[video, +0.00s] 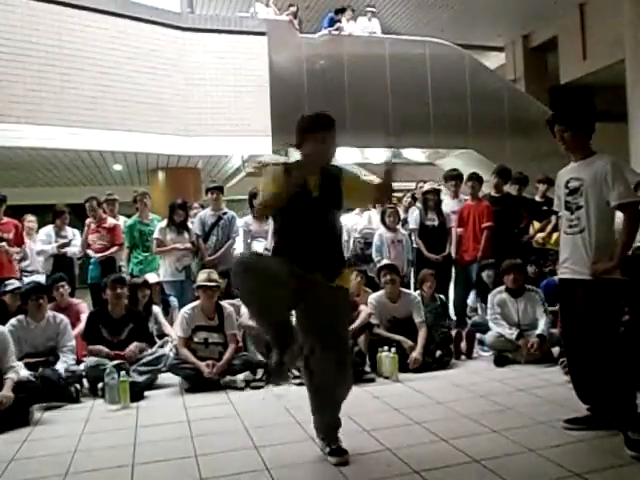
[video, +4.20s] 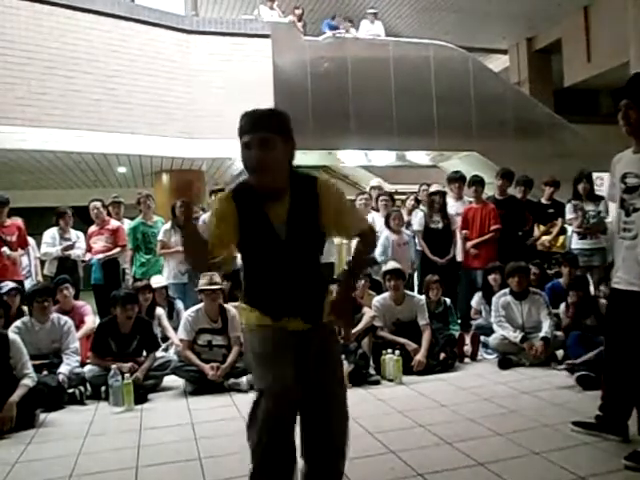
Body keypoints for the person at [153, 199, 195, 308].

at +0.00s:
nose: (179, 218)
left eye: (182, 215)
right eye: (177, 214)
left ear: (186, 215)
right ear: (171, 214)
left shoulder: (188, 228)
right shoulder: (162, 227)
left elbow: (195, 247)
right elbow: (156, 249)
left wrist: (189, 247)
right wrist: (174, 247)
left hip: (186, 269)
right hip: (169, 270)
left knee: (187, 304)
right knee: (174, 305)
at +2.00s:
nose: (177, 218)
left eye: (180, 215)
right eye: (175, 214)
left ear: (185, 215)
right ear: (170, 213)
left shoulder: (189, 229)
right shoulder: (161, 228)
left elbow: (196, 246)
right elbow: (156, 249)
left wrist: (189, 247)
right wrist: (174, 246)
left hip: (187, 272)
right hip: (170, 273)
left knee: (187, 307)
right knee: (176, 307)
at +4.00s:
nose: (182, 210)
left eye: (185, 207)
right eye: (179, 207)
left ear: (188, 210)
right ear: (174, 211)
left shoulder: (192, 229)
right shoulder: (167, 229)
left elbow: (198, 247)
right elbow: (159, 251)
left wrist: (193, 250)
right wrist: (178, 249)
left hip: (191, 272)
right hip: (173, 273)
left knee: (192, 308)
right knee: (178, 309)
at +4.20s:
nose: (183, 210)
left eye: (185, 207)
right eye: (180, 207)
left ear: (190, 210)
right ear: (175, 210)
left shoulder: (193, 227)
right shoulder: (168, 228)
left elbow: (200, 246)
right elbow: (159, 250)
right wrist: (177, 249)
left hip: (191, 272)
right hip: (174, 273)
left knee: (192, 308)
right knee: (178, 309)